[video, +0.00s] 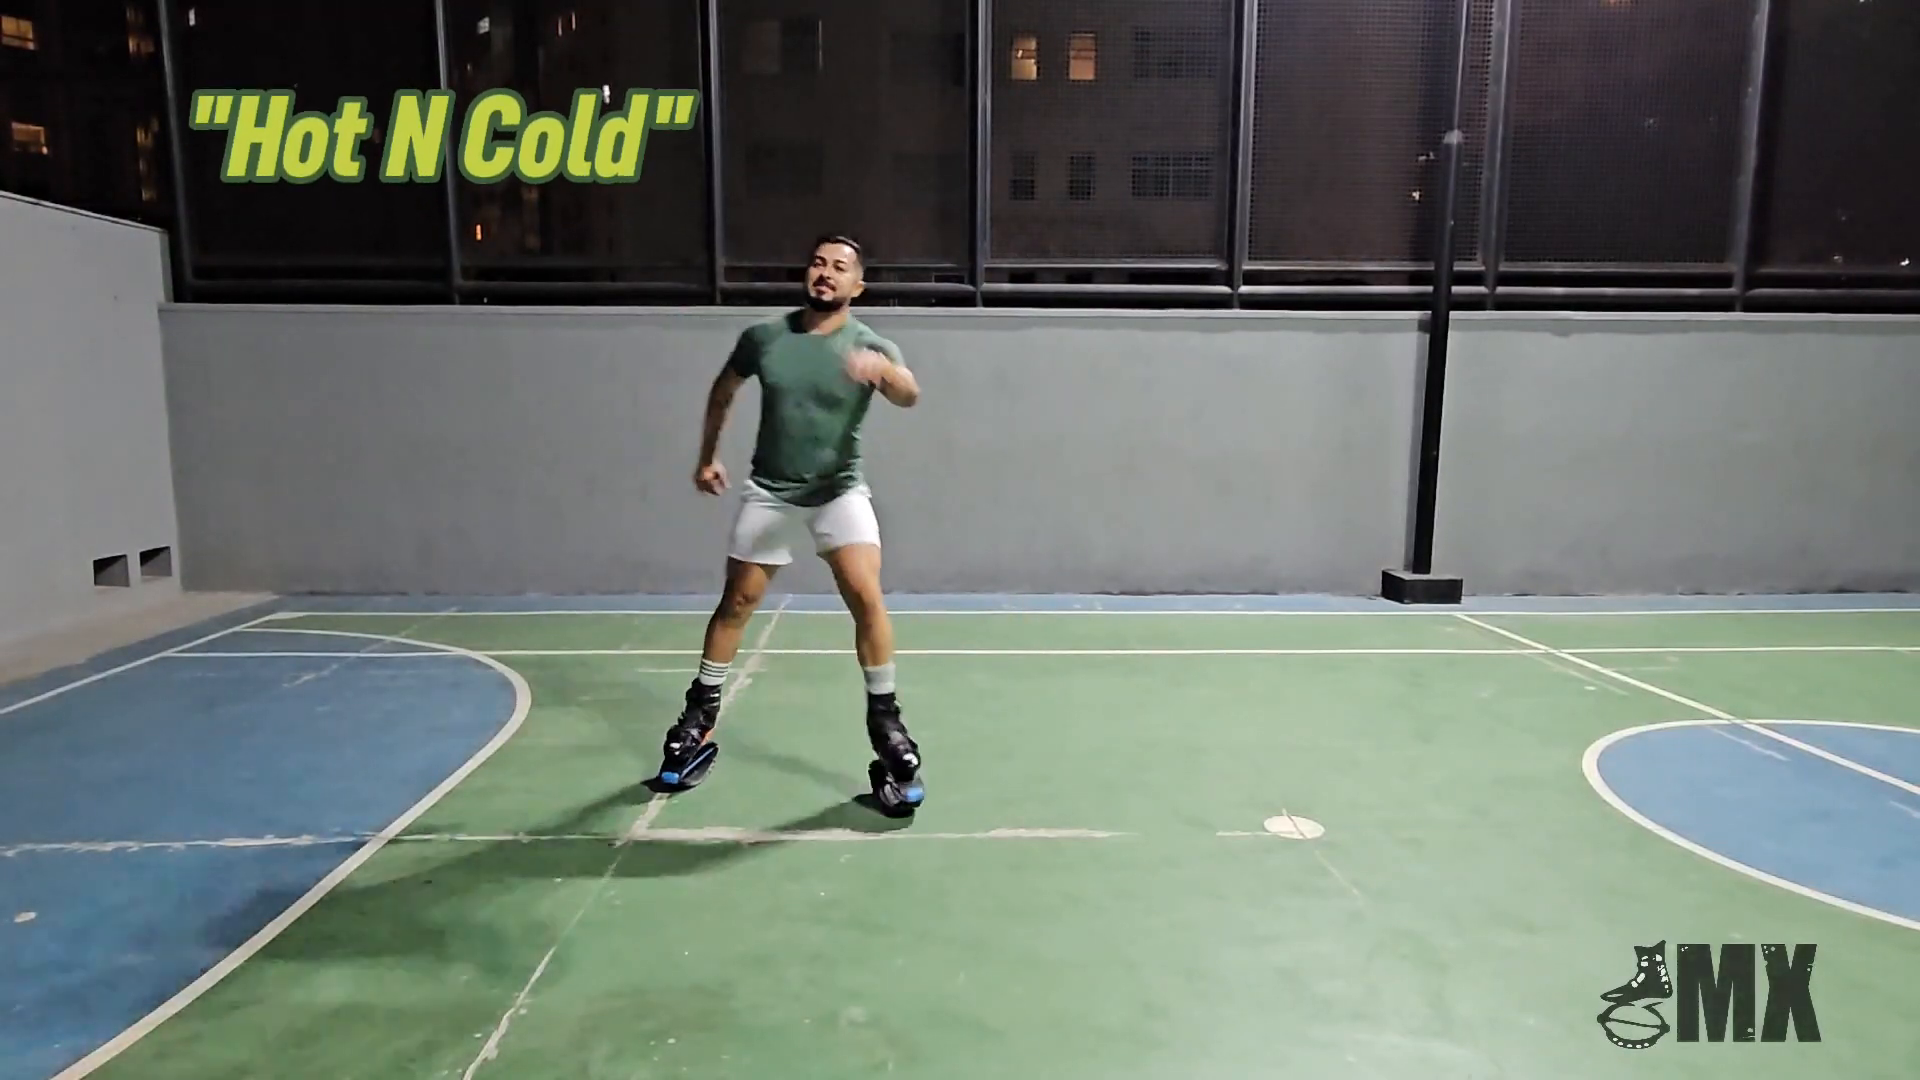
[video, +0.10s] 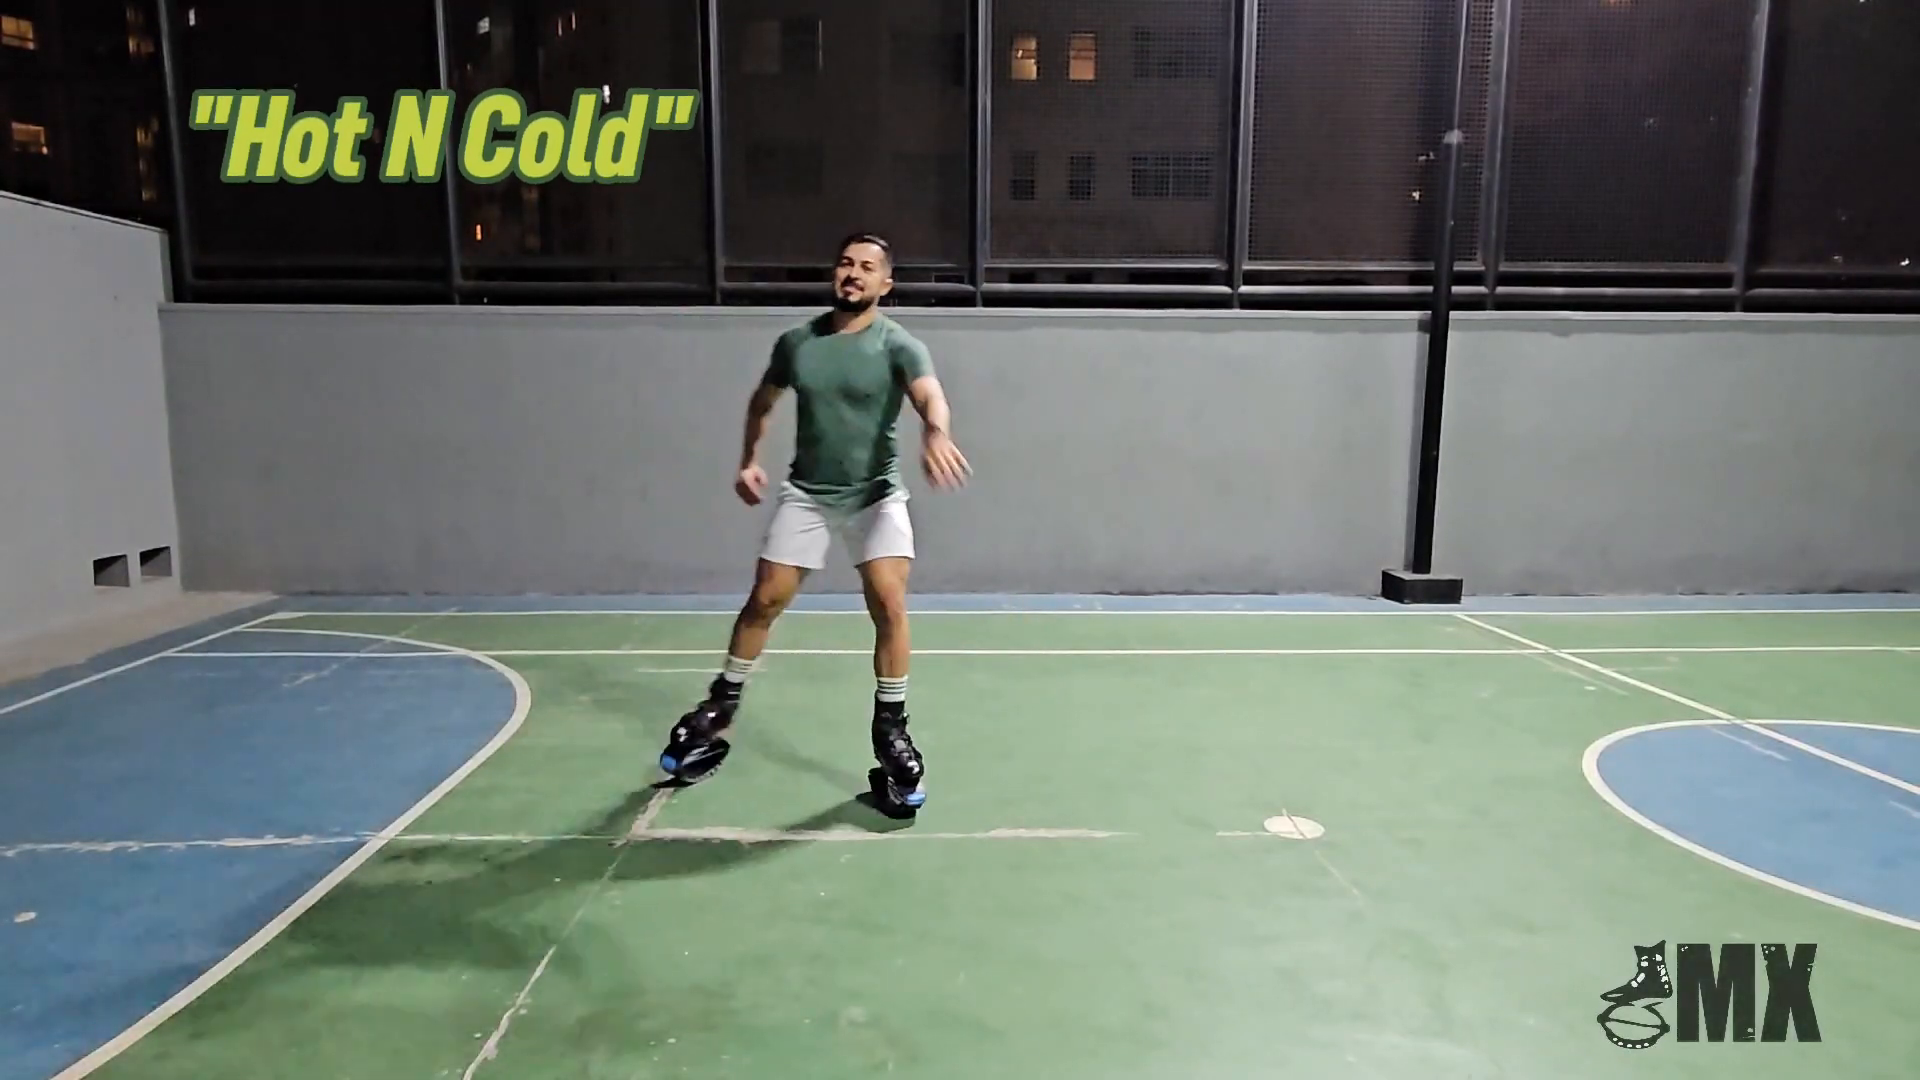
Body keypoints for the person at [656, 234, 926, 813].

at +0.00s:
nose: (825, 272)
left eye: (838, 266)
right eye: (818, 263)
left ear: (858, 285)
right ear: (804, 276)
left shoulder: (871, 345)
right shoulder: (763, 338)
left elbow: (909, 396)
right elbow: (722, 392)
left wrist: (882, 374)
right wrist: (708, 456)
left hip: (839, 493)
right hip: (769, 493)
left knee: (867, 595)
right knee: (738, 601)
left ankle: (885, 718)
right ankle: (699, 715)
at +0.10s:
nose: (852, 273)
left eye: (866, 266)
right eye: (845, 263)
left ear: (887, 283)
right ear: (832, 275)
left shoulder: (900, 346)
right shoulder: (796, 344)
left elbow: (931, 399)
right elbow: (763, 403)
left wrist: (936, 433)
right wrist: (749, 459)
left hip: (876, 497)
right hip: (805, 495)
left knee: (889, 602)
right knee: (765, 599)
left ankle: (891, 729)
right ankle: (720, 709)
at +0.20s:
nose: (877, 261)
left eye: (891, 255)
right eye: (871, 252)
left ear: (911, 273)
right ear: (858, 265)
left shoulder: (927, 337)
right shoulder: (826, 340)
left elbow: (963, 417)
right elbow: (804, 405)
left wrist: (983, 492)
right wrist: (796, 428)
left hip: (903, 490)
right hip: (835, 487)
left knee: (904, 599)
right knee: (793, 591)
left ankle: (895, 723)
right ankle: (795, 688)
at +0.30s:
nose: (902, 254)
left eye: (915, 247)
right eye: (894, 245)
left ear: (935, 265)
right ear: (882, 260)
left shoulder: (960, 334)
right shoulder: (849, 336)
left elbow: (992, 418)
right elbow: (828, 424)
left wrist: (994, 498)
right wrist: (843, 398)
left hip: (930, 484)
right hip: (864, 481)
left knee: (918, 596)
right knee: (837, 589)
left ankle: (901, 719)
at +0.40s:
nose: (928, 263)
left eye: (940, 254)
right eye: (918, 254)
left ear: (959, 269)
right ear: (905, 267)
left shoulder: (984, 336)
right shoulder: (873, 335)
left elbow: (1011, 416)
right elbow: (853, 407)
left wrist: (995, 483)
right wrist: (899, 373)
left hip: (958, 487)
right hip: (896, 487)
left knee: (935, 597)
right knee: (895, 600)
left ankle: (905, 726)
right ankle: (963, 683)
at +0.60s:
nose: (970, 274)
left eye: (980, 264)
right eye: (959, 266)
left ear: (998, 276)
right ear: (946, 280)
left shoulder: (1029, 342)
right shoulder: (920, 348)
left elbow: (1049, 415)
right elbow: (907, 413)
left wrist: (1044, 477)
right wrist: (964, 413)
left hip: (1016, 482)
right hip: (954, 492)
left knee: (1015, 579)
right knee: (966, 602)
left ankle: (984, 689)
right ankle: (999, 695)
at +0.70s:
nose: (994, 258)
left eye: (1004, 248)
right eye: (983, 252)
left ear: (1023, 260)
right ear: (971, 267)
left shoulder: (1052, 327)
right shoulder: (943, 336)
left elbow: (1083, 402)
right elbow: (922, 419)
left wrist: (1093, 474)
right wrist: (961, 455)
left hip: (1037, 467)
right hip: (973, 477)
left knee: (1056, 561)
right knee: (982, 584)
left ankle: (1041, 681)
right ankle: (999, 691)